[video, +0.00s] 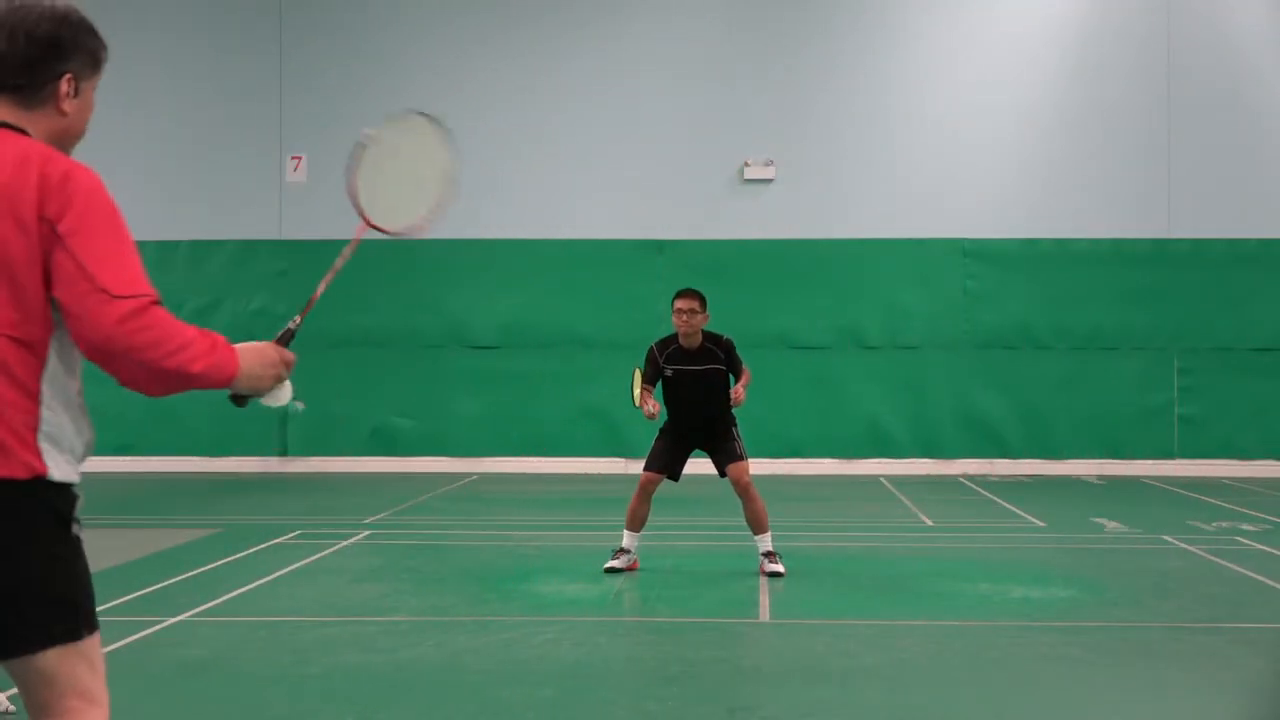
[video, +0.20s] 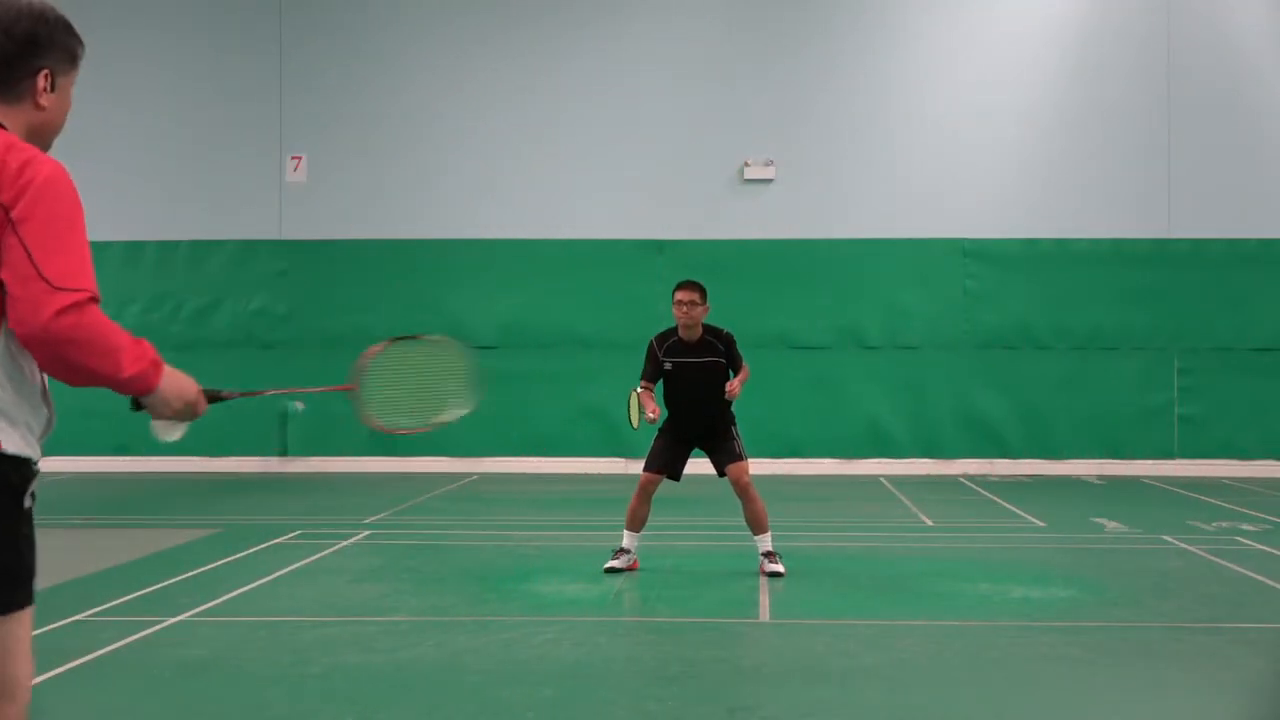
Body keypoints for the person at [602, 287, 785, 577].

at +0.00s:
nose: (684, 318)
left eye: (691, 313)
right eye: (679, 312)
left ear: (704, 318)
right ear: (672, 316)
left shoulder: (722, 346)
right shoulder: (660, 351)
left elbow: (743, 373)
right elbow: (645, 388)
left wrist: (741, 387)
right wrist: (648, 402)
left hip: (719, 427)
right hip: (677, 427)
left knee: (743, 482)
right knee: (646, 482)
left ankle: (767, 553)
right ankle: (627, 551)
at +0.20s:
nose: (684, 309)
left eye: (691, 305)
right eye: (679, 304)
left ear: (704, 310)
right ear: (672, 308)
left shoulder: (722, 340)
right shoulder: (660, 344)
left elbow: (742, 369)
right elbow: (646, 386)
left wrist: (737, 382)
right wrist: (650, 406)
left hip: (718, 424)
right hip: (677, 425)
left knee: (742, 481)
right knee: (646, 482)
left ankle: (767, 552)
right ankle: (627, 551)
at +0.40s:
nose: (684, 309)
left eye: (691, 304)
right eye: (679, 303)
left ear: (704, 309)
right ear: (672, 307)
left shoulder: (722, 341)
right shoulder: (660, 344)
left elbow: (741, 370)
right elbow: (646, 386)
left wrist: (736, 383)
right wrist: (649, 405)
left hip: (717, 424)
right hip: (676, 425)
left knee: (742, 482)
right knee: (646, 482)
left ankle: (767, 553)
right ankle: (627, 551)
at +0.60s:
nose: (682, 317)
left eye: (689, 313)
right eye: (677, 312)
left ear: (703, 318)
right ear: (671, 316)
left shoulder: (721, 348)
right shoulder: (659, 351)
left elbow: (741, 376)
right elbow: (645, 391)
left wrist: (738, 388)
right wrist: (648, 406)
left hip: (717, 427)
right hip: (676, 428)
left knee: (742, 483)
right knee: (644, 482)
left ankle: (767, 553)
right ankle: (627, 551)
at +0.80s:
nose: (682, 318)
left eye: (689, 312)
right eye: (677, 312)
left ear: (702, 317)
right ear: (670, 315)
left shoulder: (720, 347)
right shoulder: (659, 350)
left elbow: (739, 375)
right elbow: (648, 392)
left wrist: (734, 389)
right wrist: (652, 412)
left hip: (716, 426)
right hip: (675, 426)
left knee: (741, 482)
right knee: (644, 482)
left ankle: (767, 553)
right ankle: (627, 551)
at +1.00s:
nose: (682, 313)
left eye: (689, 308)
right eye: (677, 307)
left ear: (703, 313)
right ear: (671, 311)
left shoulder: (721, 344)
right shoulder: (659, 347)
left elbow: (739, 373)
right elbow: (648, 393)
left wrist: (734, 387)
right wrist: (652, 413)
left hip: (716, 425)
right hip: (675, 425)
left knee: (741, 482)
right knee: (644, 482)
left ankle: (767, 553)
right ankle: (627, 551)